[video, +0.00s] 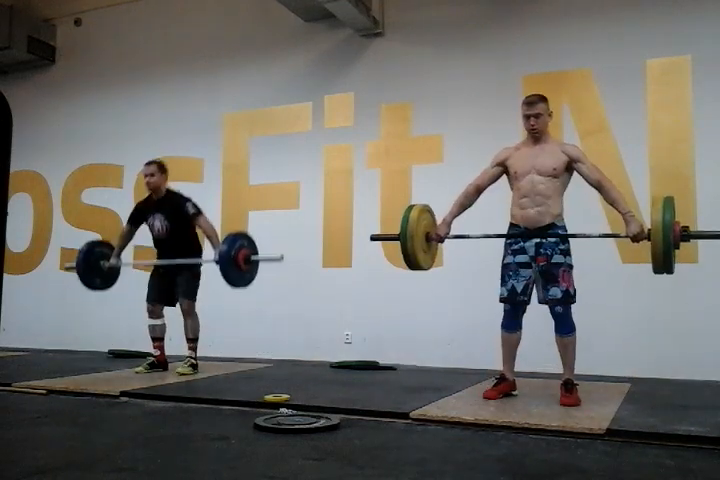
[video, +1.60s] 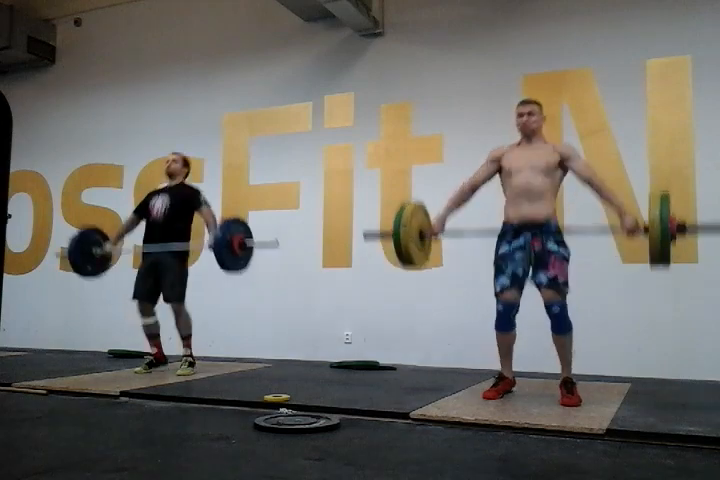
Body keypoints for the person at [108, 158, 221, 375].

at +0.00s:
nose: (148, 180)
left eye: (152, 175)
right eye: (145, 176)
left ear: (164, 176)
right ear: (144, 179)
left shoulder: (180, 201)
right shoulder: (143, 207)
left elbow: (203, 223)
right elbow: (128, 232)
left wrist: (218, 247)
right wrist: (115, 255)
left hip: (188, 263)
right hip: (164, 263)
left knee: (186, 306)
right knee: (154, 307)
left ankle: (191, 359)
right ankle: (159, 358)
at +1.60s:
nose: (169, 163)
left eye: (175, 161)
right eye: (168, 161)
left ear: (185, 170)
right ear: (164, 168)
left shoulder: (191, 193)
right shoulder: (153, 195)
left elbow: (207, 214)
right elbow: (133, 220)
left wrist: (213, 235)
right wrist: (112, 241)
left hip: (175, 256)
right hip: (150, 257)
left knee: (176, 304)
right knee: (144, 304)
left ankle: (188, 356)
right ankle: (157, 355)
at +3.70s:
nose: (156, 165)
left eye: (161, 160)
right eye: (155, 161)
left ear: (174, 165)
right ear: (154, 165)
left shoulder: (185, 185)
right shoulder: (147, 186)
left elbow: (210, 168)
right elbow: (127, 173)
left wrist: (221, 139)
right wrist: (115, 153)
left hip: (175, 258)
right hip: (150, 257)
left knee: (178, 308)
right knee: (140, 305)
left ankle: (183, 359)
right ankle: (146, 358)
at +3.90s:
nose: (171, 167)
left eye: (176, 164)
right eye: (169, 164)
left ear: (187, 169)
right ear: (167, 169)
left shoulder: (194, 189)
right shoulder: (157, 191)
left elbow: (221, 185)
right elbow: (135, 194)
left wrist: (226, 158)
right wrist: (118, 172)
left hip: (176, 258)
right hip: (151, 257)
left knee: (178, 308)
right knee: (146, 307)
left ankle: (182, 359)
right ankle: (147, 358)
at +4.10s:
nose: (172, 172)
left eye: (176, 169)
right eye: (170, 169)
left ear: (188, 171)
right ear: (169, 171)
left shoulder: (199, 191)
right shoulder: (164, 194)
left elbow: (224, 197)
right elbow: (141, 207)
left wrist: (238, 200)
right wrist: (118, 211)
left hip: (180, 258)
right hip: (156, 256)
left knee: (178, 308)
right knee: (144, 305)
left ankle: (183, 359)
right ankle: (146, 358)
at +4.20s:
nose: (162, 177)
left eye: (166, 173)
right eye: (159, 173)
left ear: (177, 174)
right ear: (158, 175)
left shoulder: (194, 197)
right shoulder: (155, 201)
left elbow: (215, 217)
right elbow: (136, 223)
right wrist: (119, 242)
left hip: (182, 261)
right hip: (159, 260)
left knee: (174, 308)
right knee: (140, 307)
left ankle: (182, 359)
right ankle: (146, 358)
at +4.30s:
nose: (144, 195)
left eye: (148, 190)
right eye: (142, 190)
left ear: (160, 191)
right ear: (140, 193)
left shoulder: (182, 215)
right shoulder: (141, 219)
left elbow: (207, 239)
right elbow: (129, 244)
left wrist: (221, 265)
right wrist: (119, 268)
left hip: (185, 274)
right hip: (161, 274)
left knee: (174, 310)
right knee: (135, 311)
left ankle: (182, 360)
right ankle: (146, 359)